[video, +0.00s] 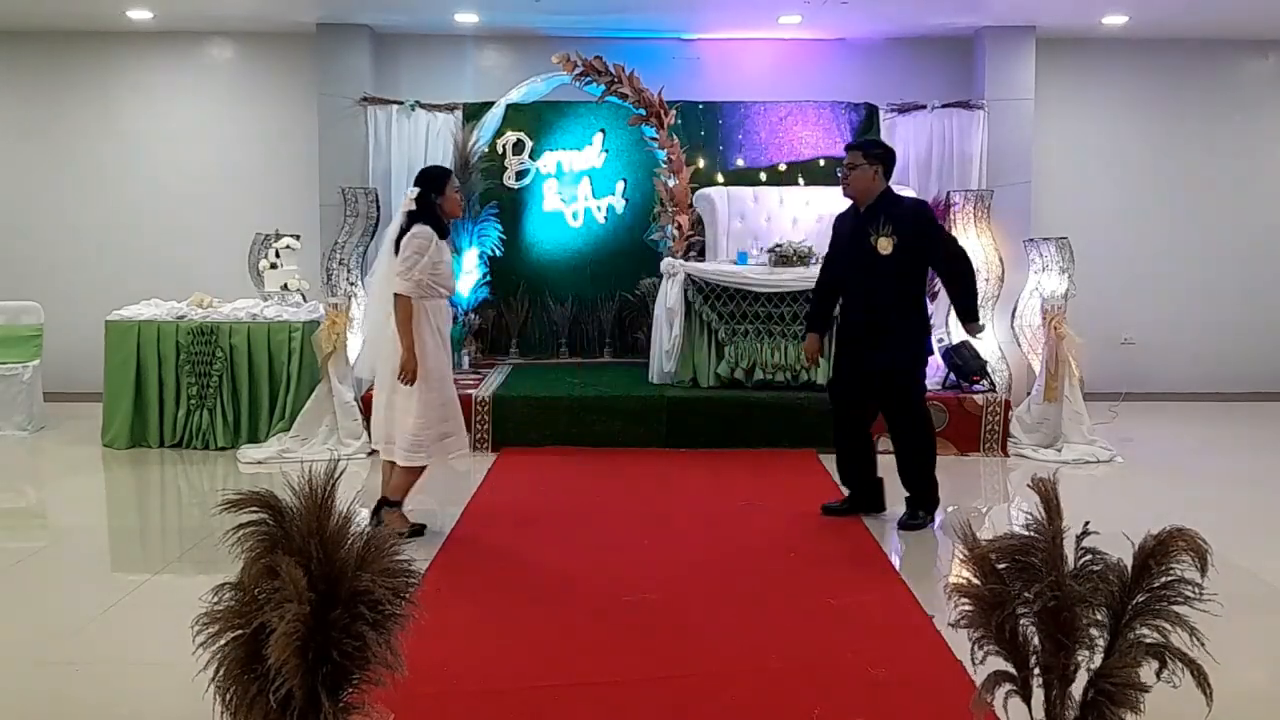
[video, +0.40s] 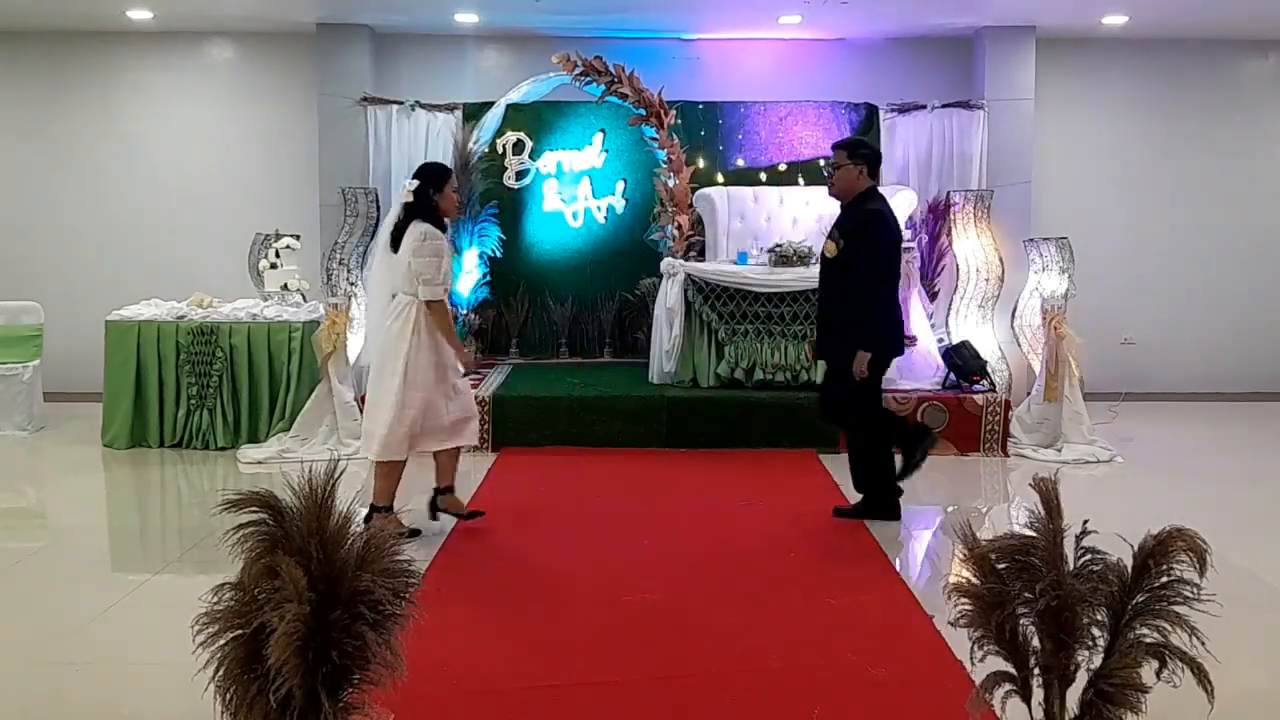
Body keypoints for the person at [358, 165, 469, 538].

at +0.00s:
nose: (461, 198)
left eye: (459, 192)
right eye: (454, 192)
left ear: (434, 197)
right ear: (436, 197)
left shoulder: (426, 232)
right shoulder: (422, 234)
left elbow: (408, 292)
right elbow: (401, 292)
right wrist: (407, 349)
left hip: (418, 341)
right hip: (419, 343)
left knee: (405, 421)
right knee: (427, 426)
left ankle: (389, 505)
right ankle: (392, 509)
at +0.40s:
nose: (459, 198)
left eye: (457, 190)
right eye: (453, 191)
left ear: (427, 195)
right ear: (434, 195)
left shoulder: (404, 231)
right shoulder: (428, 236)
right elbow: (434, 301)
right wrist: (460, 349)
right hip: (413, 344)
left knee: (455, 411)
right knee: (398, 423)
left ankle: (446, 494)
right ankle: (380, 512)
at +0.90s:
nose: (495, 201)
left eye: (494, 194)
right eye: (490, 195)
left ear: (465, 199)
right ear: (472, 199)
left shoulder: (457, 233)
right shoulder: (473, 237)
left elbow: (461, 298)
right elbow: (468, 298)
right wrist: (477, 352)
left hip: (461, 341)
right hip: (468, 343)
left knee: (466, 424)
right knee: (453, 425)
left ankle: (473, 505)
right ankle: (400, 493)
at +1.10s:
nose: (512, 200)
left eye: (511, 193)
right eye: (507, 194)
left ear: (484, 198)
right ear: (491, 198)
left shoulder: (477, 233)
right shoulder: (487, 235)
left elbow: (474, 296)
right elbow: (476, 295)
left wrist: (478, 350)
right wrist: (476, 350)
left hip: (484, 343)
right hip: (493, 343)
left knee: (480, 416)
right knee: (516, 416)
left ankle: (475, 504)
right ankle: (455, 464)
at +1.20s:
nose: (520, 199)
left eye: (519, 192)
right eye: (515, 193)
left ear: (489, 198)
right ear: (500, 197)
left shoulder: (481, 236)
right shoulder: (495, 237)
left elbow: (503, 295)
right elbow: (483, 295)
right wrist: (483, 350)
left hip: (481, 344)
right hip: (502, 344)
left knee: (475, 423)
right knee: (533, 414)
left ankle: (473, 506)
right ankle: (504, 488)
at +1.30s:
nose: (530, 200)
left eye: (528, 192)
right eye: (524, 193)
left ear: (504, 199)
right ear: (507, 199)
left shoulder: (499, 235)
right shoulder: (503, 237)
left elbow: (535, 273)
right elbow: (487, 290)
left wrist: (570, 297)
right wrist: (486, 347)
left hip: (489, 346)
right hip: (511, 344)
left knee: (477, 418)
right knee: (545, 411)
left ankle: (473, 504)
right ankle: (551, 497)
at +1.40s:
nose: (538, 203)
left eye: (536, 196)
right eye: (533, 197)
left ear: (518, 202)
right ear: (515, 203)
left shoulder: (524, 241)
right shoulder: (507, 242)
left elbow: (557, 261)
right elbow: (486, 293)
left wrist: (588, 279)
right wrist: (484, 347)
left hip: (505, 348)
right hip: (520, 348)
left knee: (483, 419)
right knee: (549, 414)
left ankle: (474, 504)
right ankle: (563, 498)